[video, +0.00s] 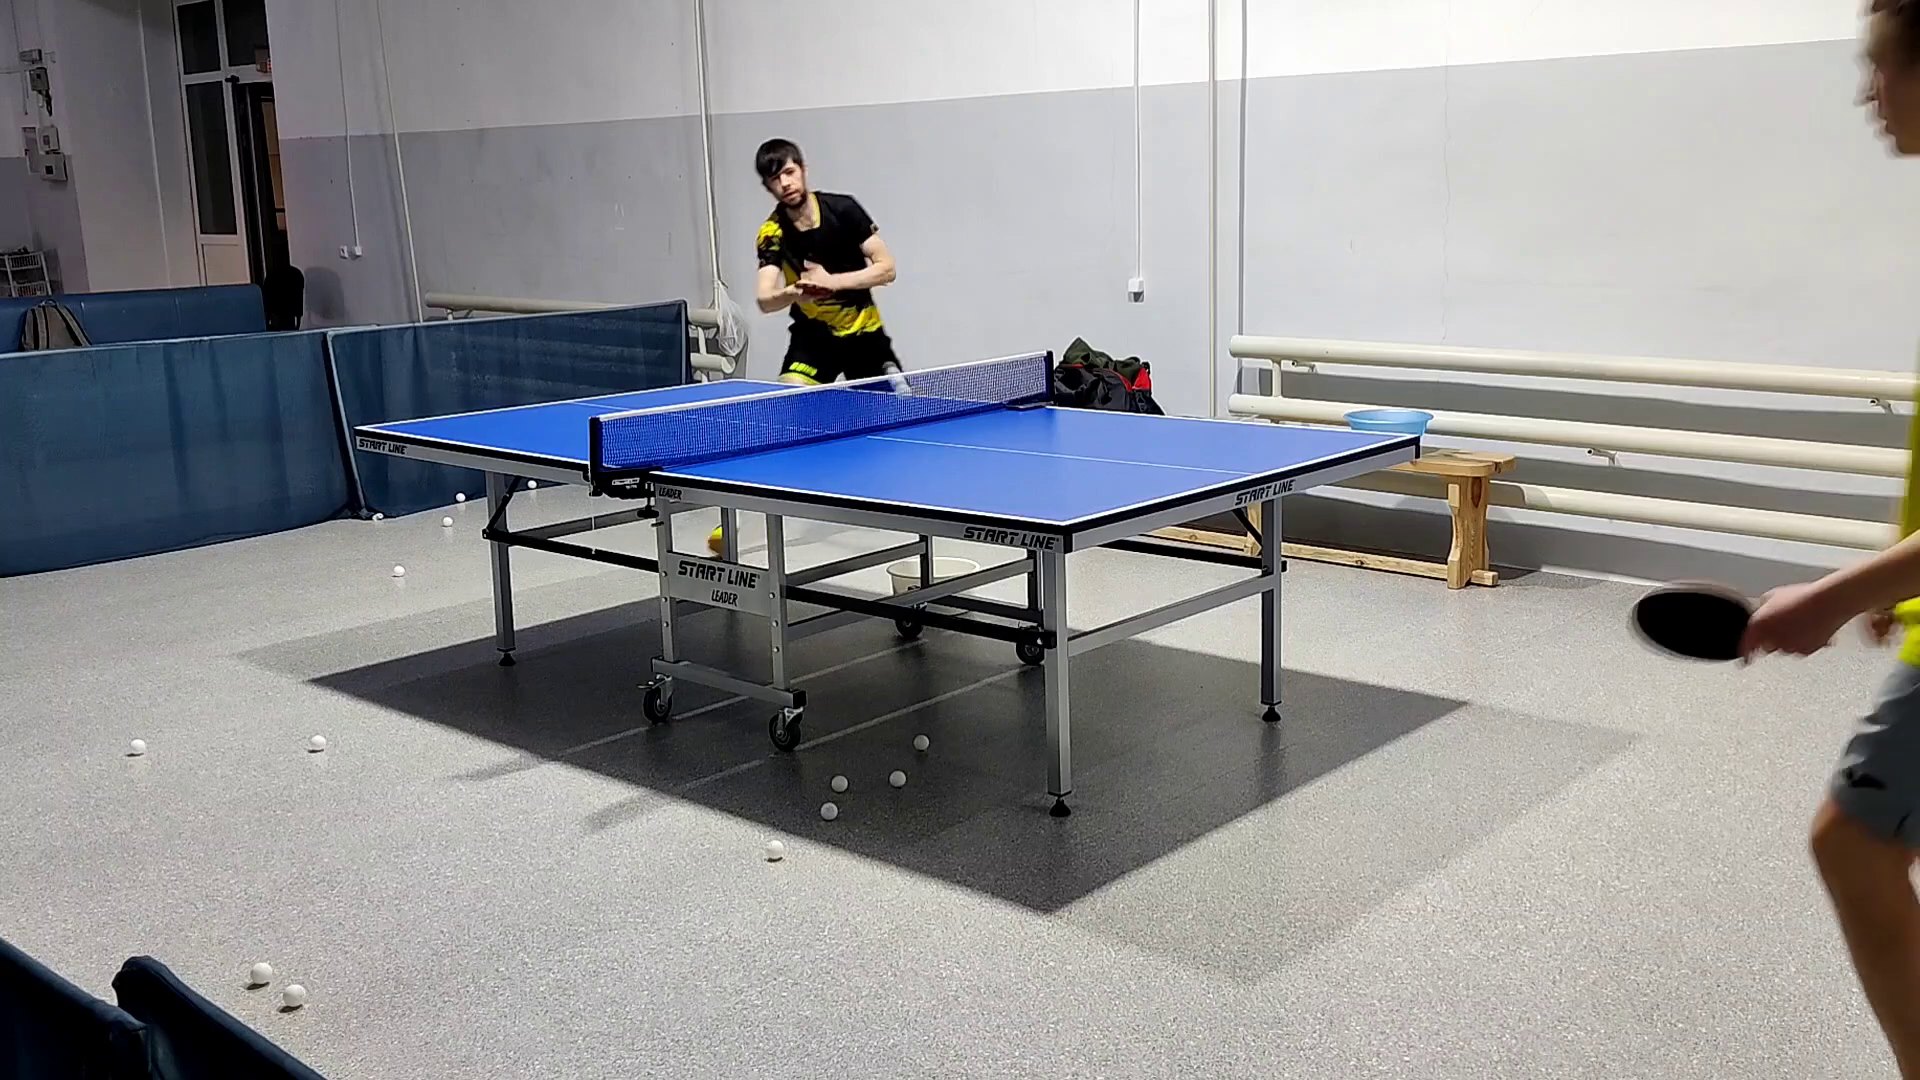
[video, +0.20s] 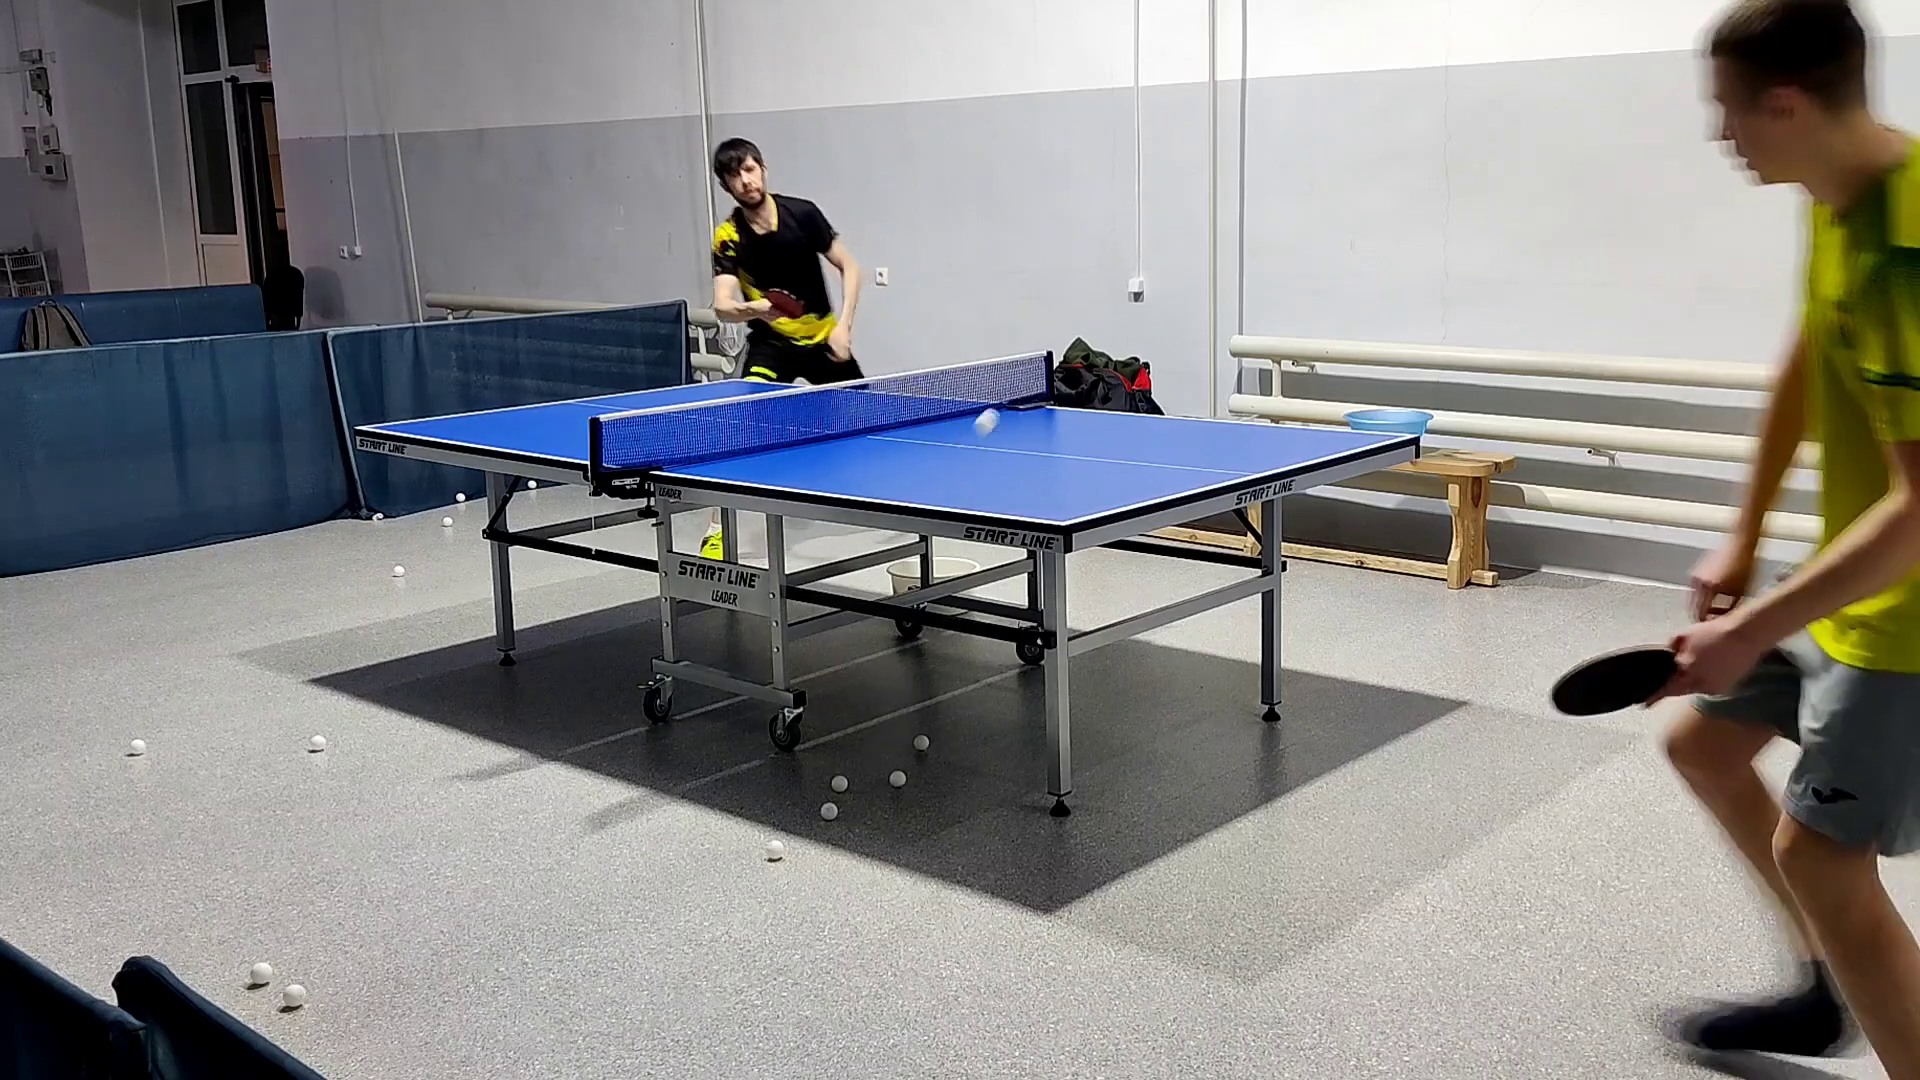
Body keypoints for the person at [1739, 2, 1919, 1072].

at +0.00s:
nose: (1869, 87)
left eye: (1884, 60)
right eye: (1871, 61)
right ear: (1905, 69)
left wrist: (1844, 592)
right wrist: (1896, 579)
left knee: (1855, 842)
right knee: (1868, 842)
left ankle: (1913, 1058)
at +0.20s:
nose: (1723, 139)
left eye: (1733, 114)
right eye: (1722, 115)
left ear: (1796, 102)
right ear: (1802, 103)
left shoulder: (1907, 234)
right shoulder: (1843, 201)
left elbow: (1918, 505)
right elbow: (1803, 371)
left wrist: (1758, 628)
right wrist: (1744, 538)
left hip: (1908, 625)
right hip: (1841, 601)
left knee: (1819, 860)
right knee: (1701, 744)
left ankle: (1904, 1060)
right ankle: (1833, 984)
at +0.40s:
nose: (1549, 194)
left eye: (1559, 171)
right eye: (1545, 172)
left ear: (1622, 157)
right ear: (1623, 157)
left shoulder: (1765, 272)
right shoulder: (1667, 242)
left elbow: (1764, 518)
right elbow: (1643, 385)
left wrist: (1611, 626)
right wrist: (1631, 535)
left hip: (1845, 594)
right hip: (1751, 575)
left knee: (1772, 850)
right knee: (1597, 729)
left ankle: (1906, 1067)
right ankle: (1580, 986)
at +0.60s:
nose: (1419, 302)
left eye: (1422, 280)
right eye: (1413, 282)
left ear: (1482, 266)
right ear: (1501, 249)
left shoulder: (1579, 384)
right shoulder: (1612, 262)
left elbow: (1500, 599)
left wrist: (1331, 689)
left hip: (1746, 613)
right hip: (1684, 572)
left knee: (1648, 870)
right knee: (1526, 720)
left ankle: (1881, 1066)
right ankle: (1574, 983)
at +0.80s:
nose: (1393, 293)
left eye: (1390, 273)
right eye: (1385, 274)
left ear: (1434, 266)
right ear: (1493, 234)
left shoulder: (1503, 386)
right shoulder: (1596, 257)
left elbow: (1441, 543)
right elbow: (1669, 402)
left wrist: (1352, 577)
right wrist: (1583, 510)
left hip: (1715, 615)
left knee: (1638, 871)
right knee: (1524, 714)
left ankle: (1879, 1065)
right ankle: (1572, 982)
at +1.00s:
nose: (1448, 199)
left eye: (1451, 178)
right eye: (1443, 179)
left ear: (1497, 171)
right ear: (1550, 155)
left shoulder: (1532, 312)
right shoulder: (1662, 198)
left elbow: (1557, 496)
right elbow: (1712, 381)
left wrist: (1500, 485)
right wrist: (1577, 463)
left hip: (1713, 596)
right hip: (1796, 535)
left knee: (1677, 862)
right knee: (1569, 718)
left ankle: (1874, 1070)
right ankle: (1577, 981)